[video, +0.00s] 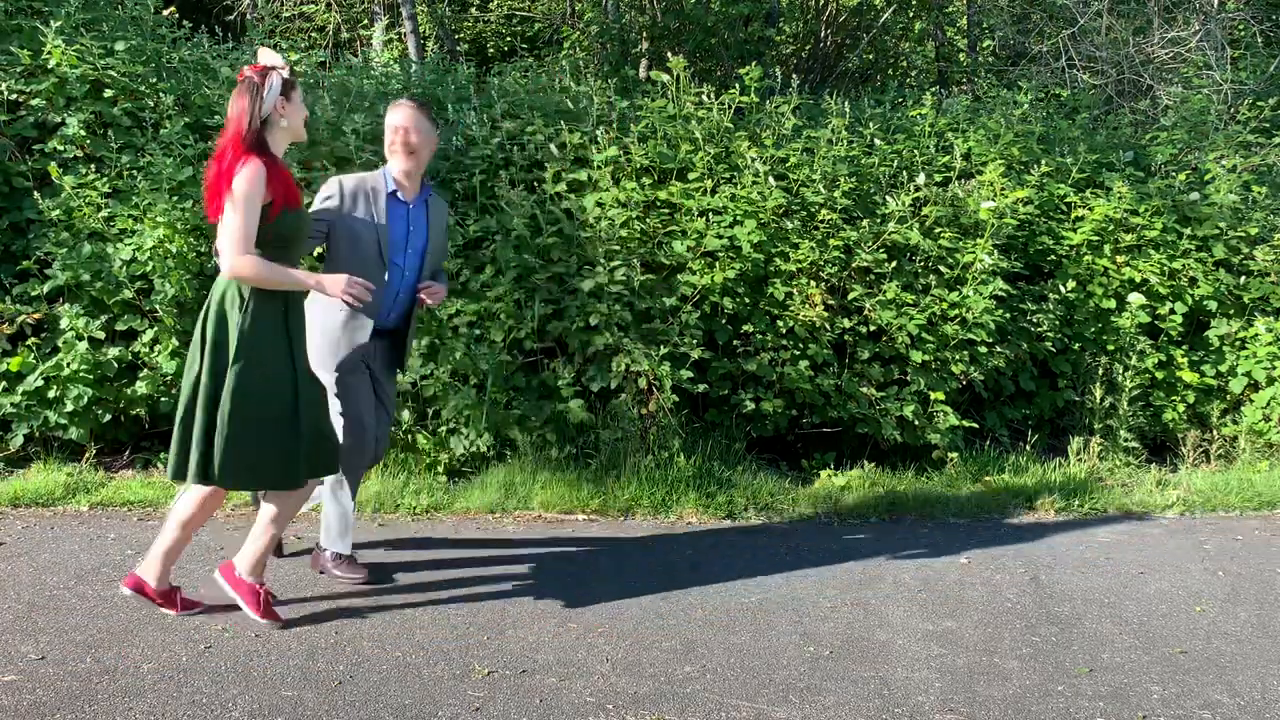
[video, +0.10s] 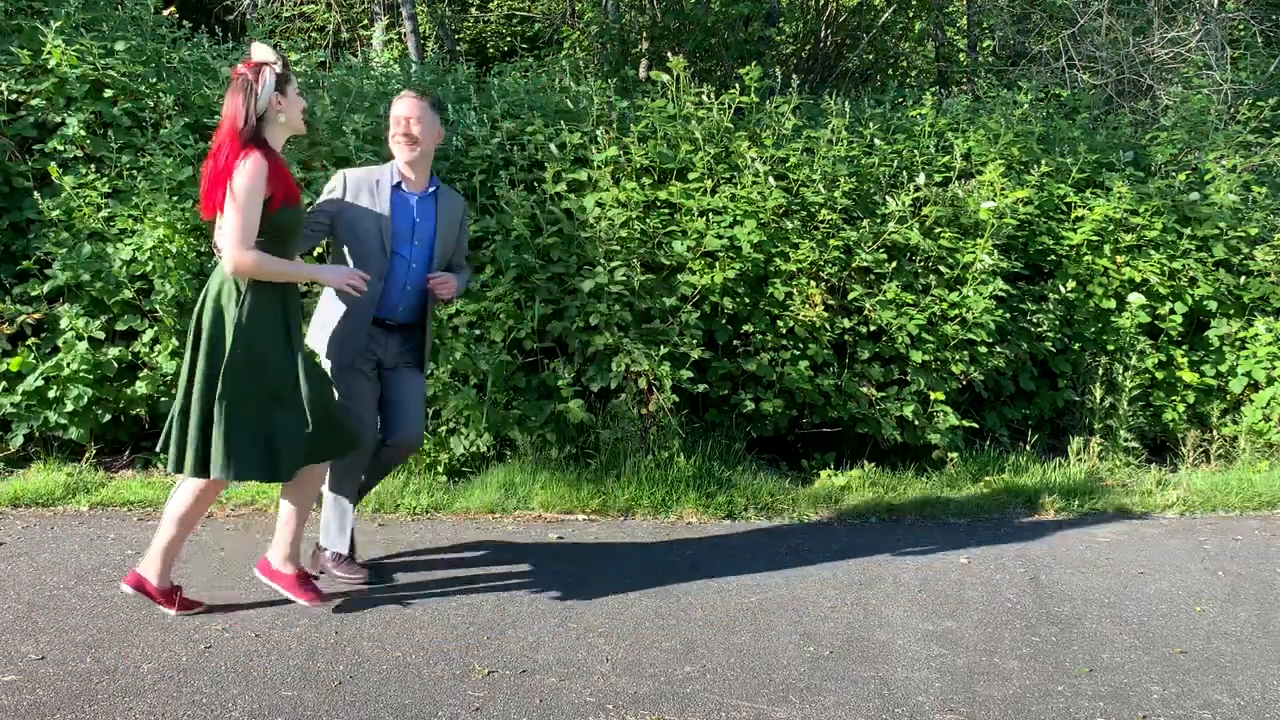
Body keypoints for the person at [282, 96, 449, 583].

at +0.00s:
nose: (402, 141)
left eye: (412, 133)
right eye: (394, 133)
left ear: (434, 143)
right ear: (385, 139)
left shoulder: (436, 209)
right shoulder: (343, 191)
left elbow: (434, 272)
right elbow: (294, 250)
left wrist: (434, 289)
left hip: (387, 340)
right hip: (336, 332)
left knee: (373, 443)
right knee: (354, 434)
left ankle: (278, 510)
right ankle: (335, 549)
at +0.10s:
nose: (406, 128)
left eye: (416, 120)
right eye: (398, 121)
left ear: (439, 133)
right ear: (388, 131)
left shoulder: (453, 206)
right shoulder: (350, 185)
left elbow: (461, 269)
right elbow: (300, 237)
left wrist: (454, 282)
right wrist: (249, 240)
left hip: (406, 342)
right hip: (350, 333)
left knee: (406, 436)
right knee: (359, 435)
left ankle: (332, 497)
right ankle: (335, 550)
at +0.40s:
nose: (414, 127)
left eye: (425, 119)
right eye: (413, 120)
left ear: (461, 125)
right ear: (412, 129)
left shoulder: (499, 197)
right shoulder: (389, 190)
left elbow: (529, 265)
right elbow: (334, 241)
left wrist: (489, 273)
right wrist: (285, 255)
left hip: (464, 340)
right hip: (405, 336)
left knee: (451, 448)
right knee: (399, 441)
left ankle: (476, 556)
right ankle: (348, 539)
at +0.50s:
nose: (416, 117)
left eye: (425, 107)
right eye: (417, 109)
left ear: (463, 114)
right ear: (445, 118)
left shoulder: (509, 184)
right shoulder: (407, 185)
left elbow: (540, 254)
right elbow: (349, 231)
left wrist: (492, 263)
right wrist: (291, 234)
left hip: (481, 335)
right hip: (425, 331)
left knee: (460, 442)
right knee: (415, 437)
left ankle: (476, 556)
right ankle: (415, 534)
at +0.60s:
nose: (423, 120)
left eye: (432, 110)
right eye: (426, 112)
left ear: (465, 116)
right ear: (461, 118)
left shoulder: (516, 183)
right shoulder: (420, 188)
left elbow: (546, 253)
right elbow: (364, 233)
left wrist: (485, 259)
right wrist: (300, 233)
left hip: (492, 335)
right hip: (440, 335)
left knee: (448, 435)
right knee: (428, 440)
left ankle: (480, 547)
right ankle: (469, 534)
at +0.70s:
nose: (431, 127)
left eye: (439, 118)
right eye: (434, 118)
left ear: (466, 126)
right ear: (470, 128)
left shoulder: (516, 188)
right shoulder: (439, 200)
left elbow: (542, 261)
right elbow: (396, 245)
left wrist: (468, 265)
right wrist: (334, 249)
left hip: (494, 344)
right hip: (452, 343)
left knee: (447, 443)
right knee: (442, 445)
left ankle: (498, 563)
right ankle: (472, 540)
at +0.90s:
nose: (455, 122)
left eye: (458, 112)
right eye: (460, 112)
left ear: (469, 114)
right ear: (506, 120)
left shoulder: (504, 176)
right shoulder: (488, 174)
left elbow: (499, 251)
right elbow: (477, 249)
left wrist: (420, 255)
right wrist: (419, 253)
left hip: (509, 344)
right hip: (492, 343)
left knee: (480, 455)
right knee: (473, 449)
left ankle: (506, 582)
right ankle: (487, 548)